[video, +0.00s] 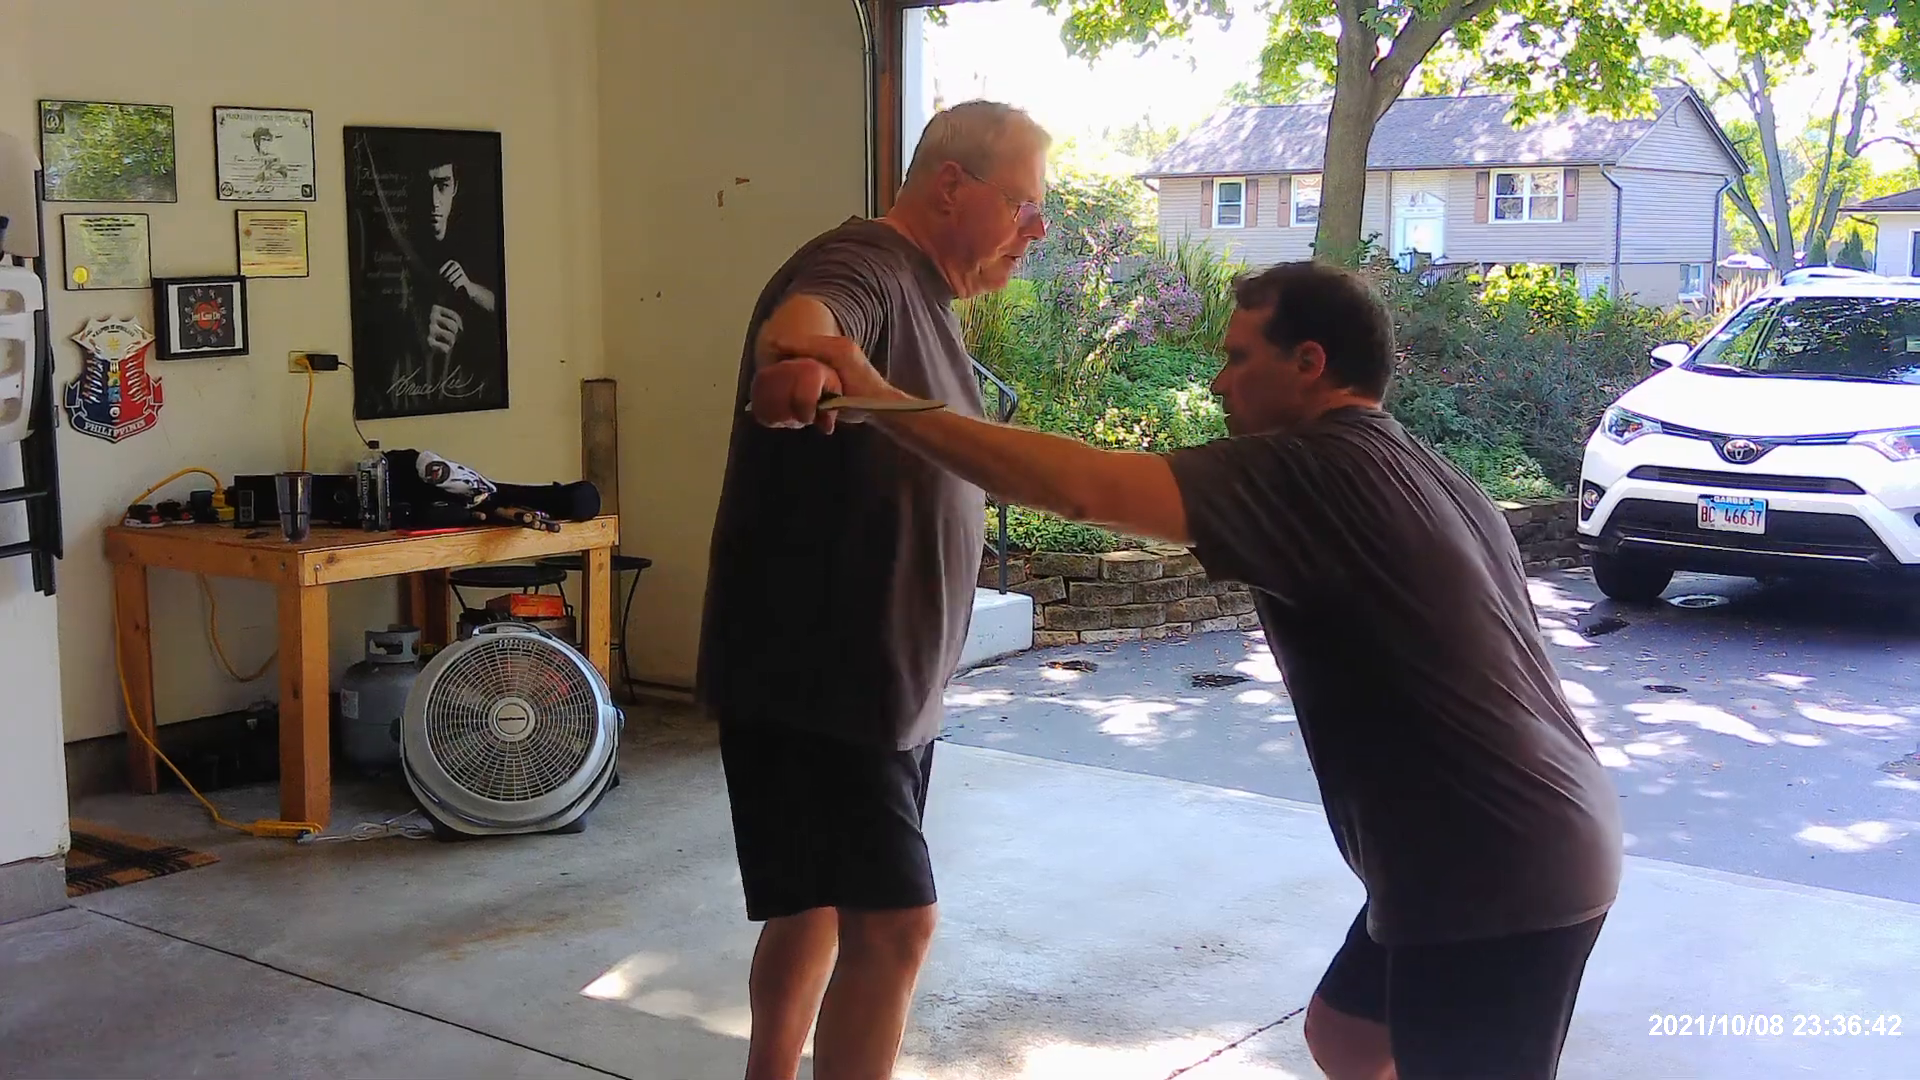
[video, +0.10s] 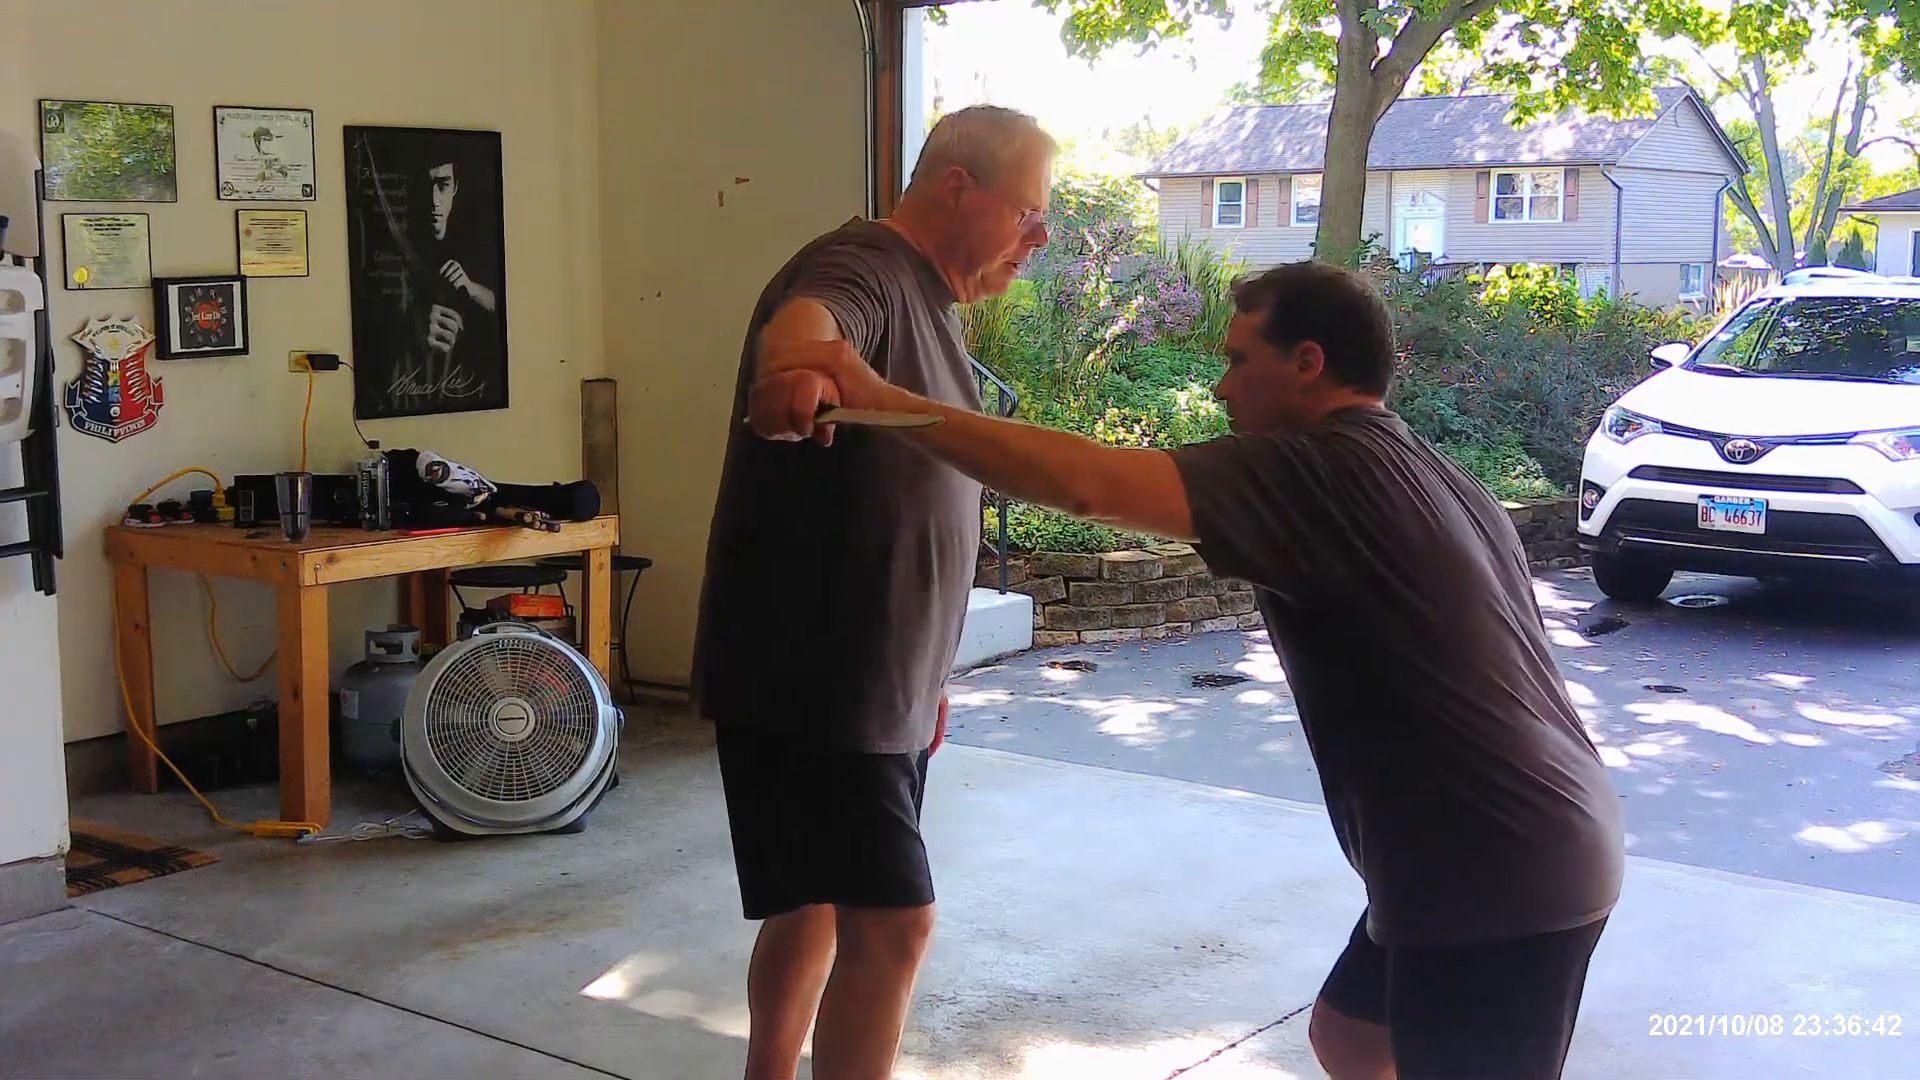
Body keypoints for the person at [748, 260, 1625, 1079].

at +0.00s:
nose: (1220, 377)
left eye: (1238, 355)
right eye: (1225, 354)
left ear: (1310, 364)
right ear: (1330, 370)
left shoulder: (1326, 466)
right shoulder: (1437, 474)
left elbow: (1095, 484)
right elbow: (1523, 653)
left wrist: (885, 405)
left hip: (1495, 871)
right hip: (1514, 842)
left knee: (1453, 1068)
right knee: (1348, 1029)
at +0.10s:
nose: (1224, 379)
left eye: (1239, 358)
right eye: (1227, 356)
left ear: (1309, 364)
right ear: (1334, 370)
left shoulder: (1328, 468)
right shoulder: (1443, 477)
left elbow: (1097, 479)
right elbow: (1526, 661)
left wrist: (909, 410)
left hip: (1497, 869)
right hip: (1528, 841)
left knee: (1455, 1071)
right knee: (1351, 1031)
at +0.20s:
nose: (1227, 382)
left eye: (1241, 360)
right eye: (1230, 358)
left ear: (1308, 365)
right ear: (1333, 371)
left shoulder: (1333, 467)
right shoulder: (1440, 471)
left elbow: (1096, 480)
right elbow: (1532, 657)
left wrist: (905, 415)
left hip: (1500, 869)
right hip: (1537, 840)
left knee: (1457, 1071)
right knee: (1355, 1035)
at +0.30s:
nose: (1233, 388)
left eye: (1245, 365)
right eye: (1234, 365)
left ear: (1310, 363)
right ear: (1337, 368)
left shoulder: (1340, 464)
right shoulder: (1448, 469)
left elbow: (1102, 486)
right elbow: (1542, 655)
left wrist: (890, 431)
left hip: (1508, 871)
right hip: (1528, 844)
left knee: (1454, 1073)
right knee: (1356, 1037)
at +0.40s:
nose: (1243, 388)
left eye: (1254, 366)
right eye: (1243, 366)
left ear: (1318, 361)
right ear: (1352, 366)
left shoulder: (1337, 461)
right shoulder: (1468, 473)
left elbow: (1108, 502)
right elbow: (1572, 658)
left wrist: (878, 473)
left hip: (1508, 868)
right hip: (1550, 840)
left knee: (1459, 1075)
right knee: (1358, 1036)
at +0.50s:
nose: (1246, 393)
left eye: (1257, 370)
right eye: (1246, 370)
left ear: (1321, 364)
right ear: (1354, 369)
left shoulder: (1340, 465)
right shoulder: (1472, 473)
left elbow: (1116, 542)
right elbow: (1597, 654)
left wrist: (889, 543)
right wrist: (1500, 776)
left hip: (1508, 874)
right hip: (1563, 842)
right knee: (1360, 1036)